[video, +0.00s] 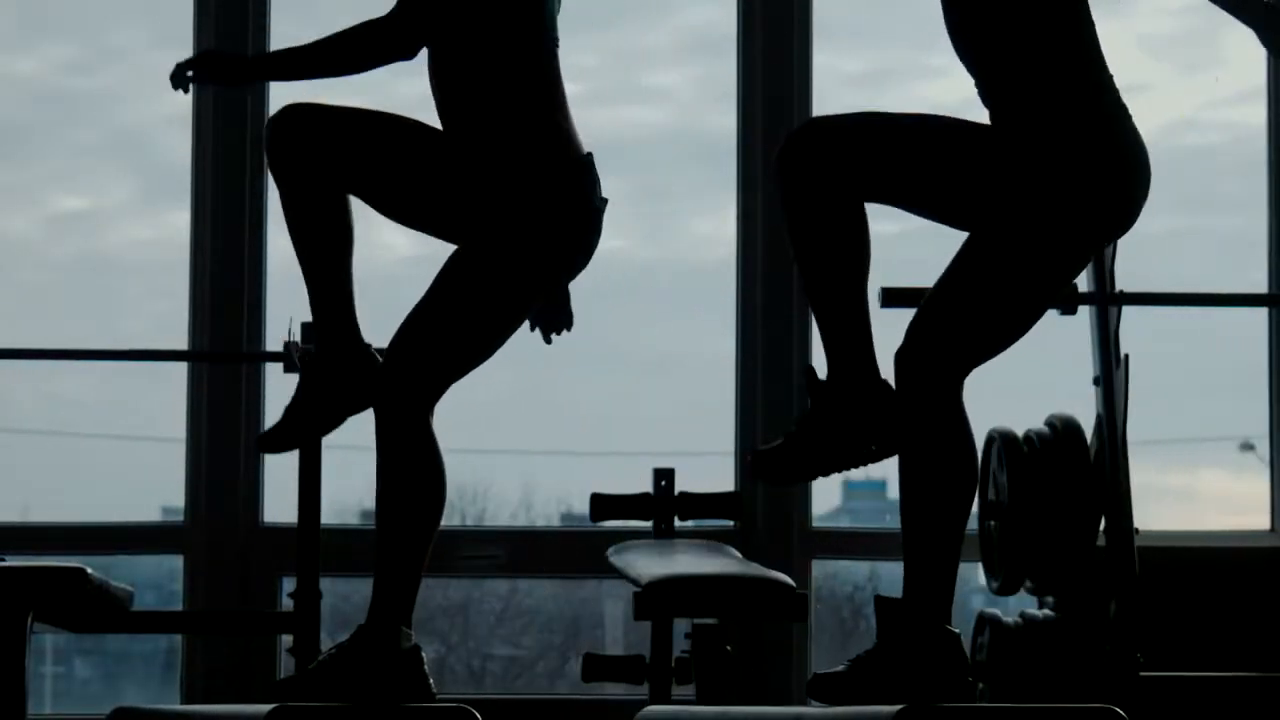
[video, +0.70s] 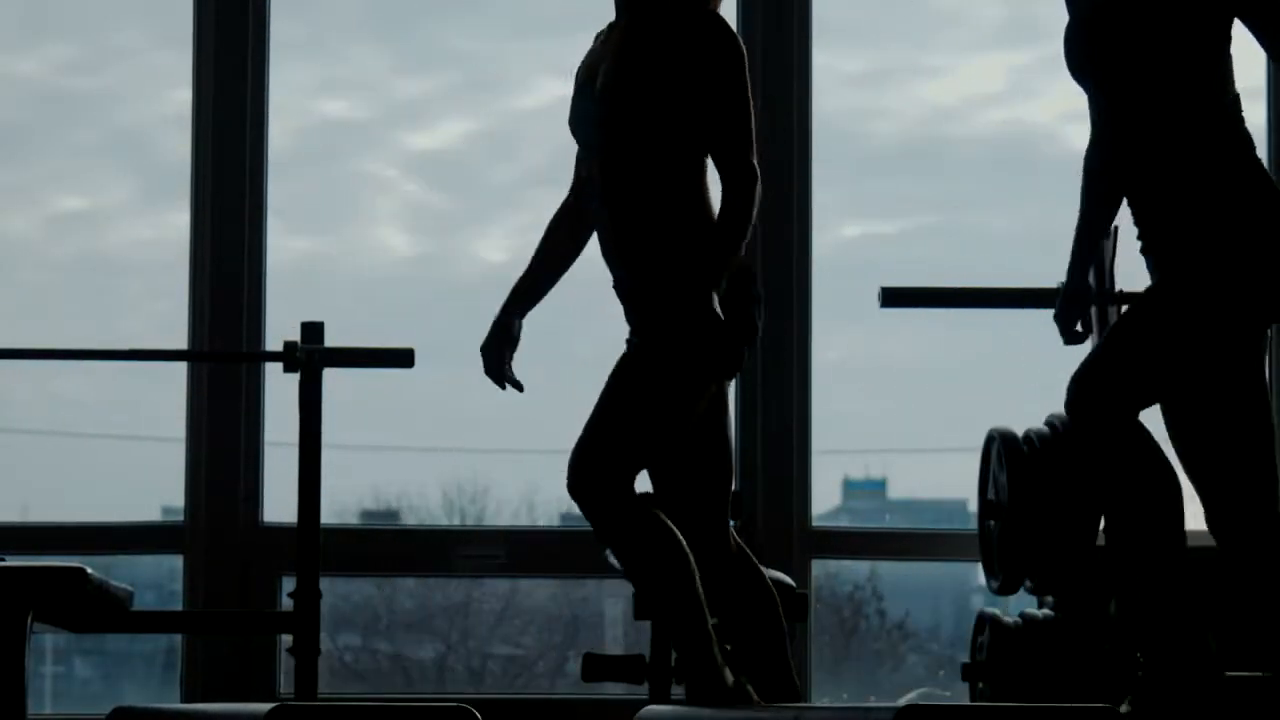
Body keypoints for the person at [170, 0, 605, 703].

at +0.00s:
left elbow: (399, 37)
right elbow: (516, 120)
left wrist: (256, 65)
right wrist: (543, 266)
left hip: (539, 203)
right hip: (481, 183)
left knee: (402, 393)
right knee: (301, 134)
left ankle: (386, 643)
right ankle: (340, 356)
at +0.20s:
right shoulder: (499, 5)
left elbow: (518, 127)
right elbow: (496, 128)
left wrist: (409, 232)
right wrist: (407, 232)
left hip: (563, 216)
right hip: (519, 214)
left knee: (441, 410)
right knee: (404, 409)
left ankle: (388, 640)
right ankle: (541, 591)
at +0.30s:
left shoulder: (637, 10)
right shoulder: (535, 20)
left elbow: (654, 136)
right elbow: (476, 143)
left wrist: (635, 242)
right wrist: (354, 225)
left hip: (598, 275)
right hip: (557, 274)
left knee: (452, 407)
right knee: (553, 491)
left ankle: (390, 641)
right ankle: (662, 670)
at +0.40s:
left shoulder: (662, 66)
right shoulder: (562, 84)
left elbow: (722, 193)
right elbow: (461, 187)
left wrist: (734, 299)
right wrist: (326, 236)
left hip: (660, 331)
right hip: (611, 334)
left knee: (490, 412)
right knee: (651, 555)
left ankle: (402, 637)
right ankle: (768, 712)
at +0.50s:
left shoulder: (682, 81)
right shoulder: (594, 98)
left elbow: (751, 220)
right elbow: (509, 218)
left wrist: (769, 344)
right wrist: (380, 245)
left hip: (692, 348)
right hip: (648, 348)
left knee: (532, 413)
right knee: (674, 579)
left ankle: (447, 645)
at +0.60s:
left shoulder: (705, 48)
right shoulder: (603, 57)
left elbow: (751, 196)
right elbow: (559, 203)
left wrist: (750, 322)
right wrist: (451, 272)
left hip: (692, 318)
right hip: (656, 317)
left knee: (558, 428)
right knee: (685, 545)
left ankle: (574, 669)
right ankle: (782, 708)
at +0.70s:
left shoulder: (707, 40)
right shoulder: (602, 57)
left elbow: (743, 178)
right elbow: (585, 199)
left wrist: (721, 287)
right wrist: (513, 310)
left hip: (694, 314)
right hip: (658, 315)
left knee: (598, 479)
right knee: (702, 520)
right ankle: (775, 695)